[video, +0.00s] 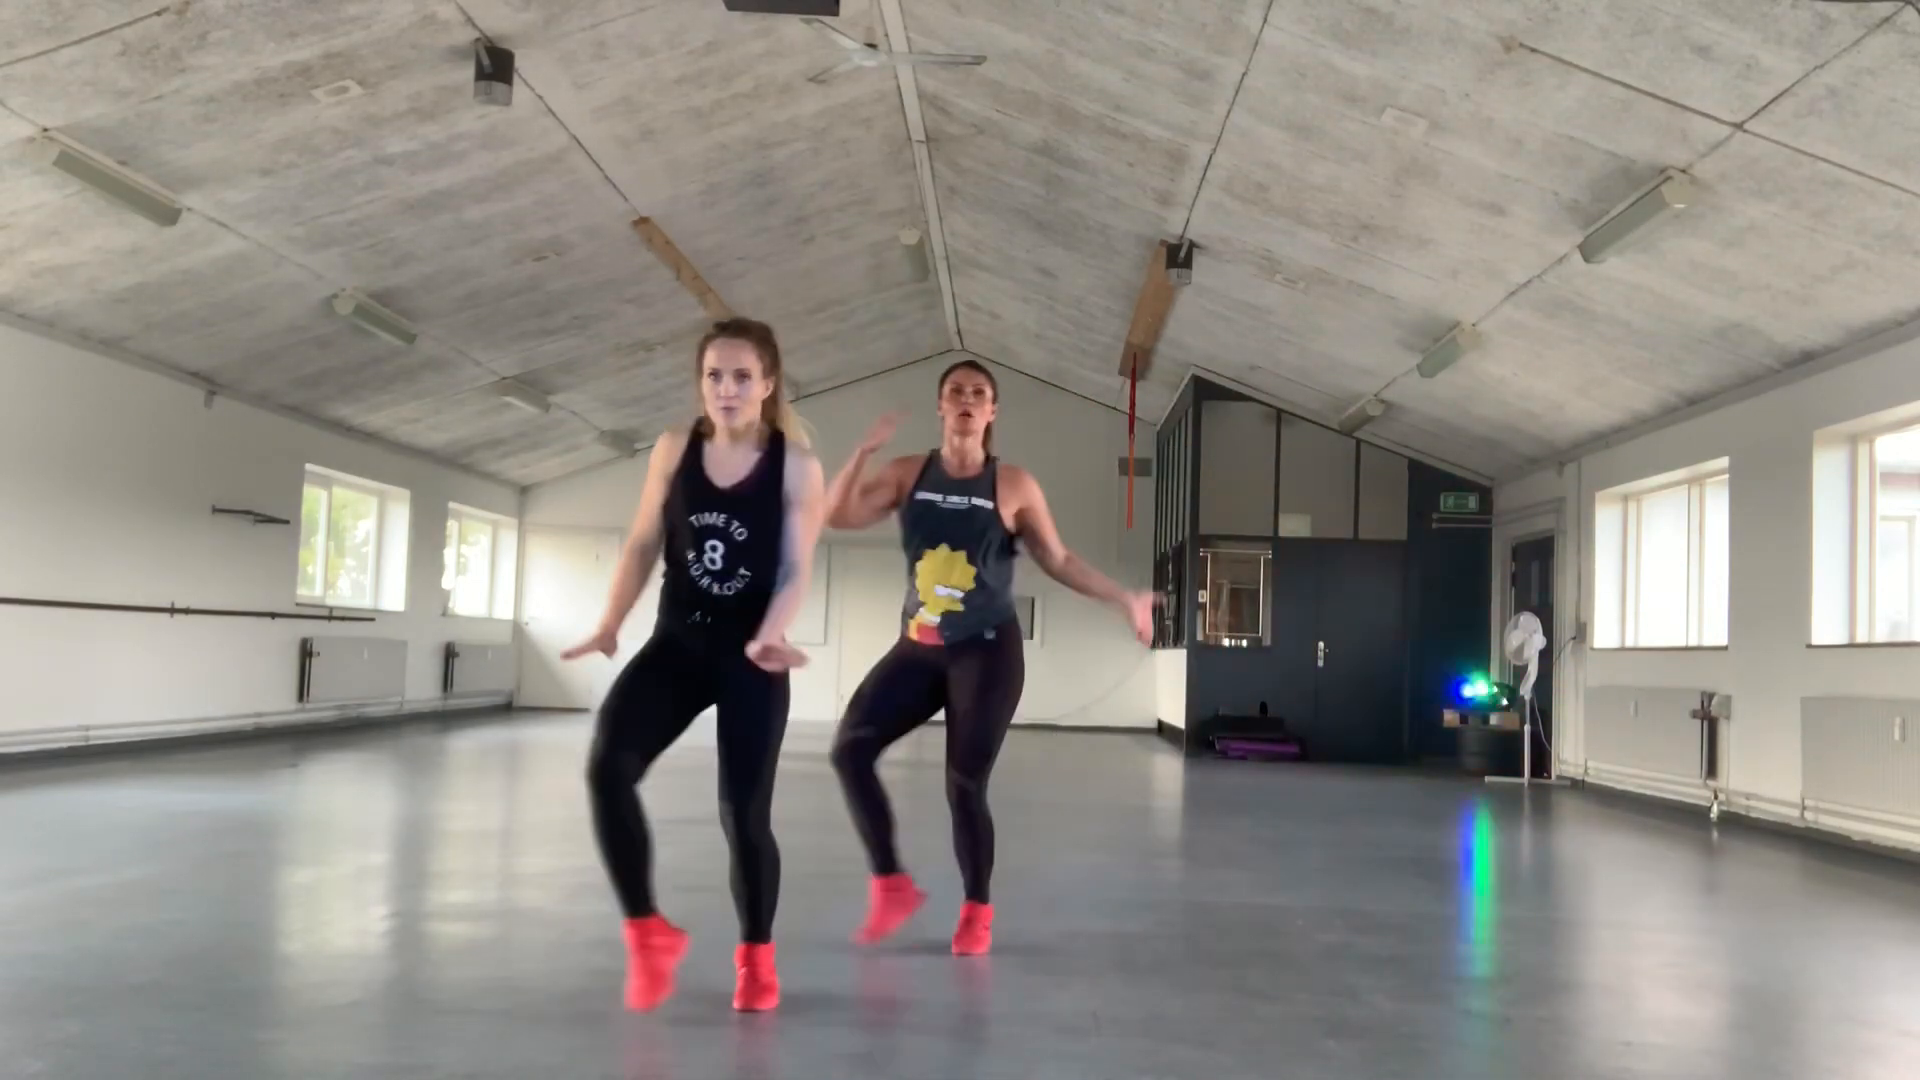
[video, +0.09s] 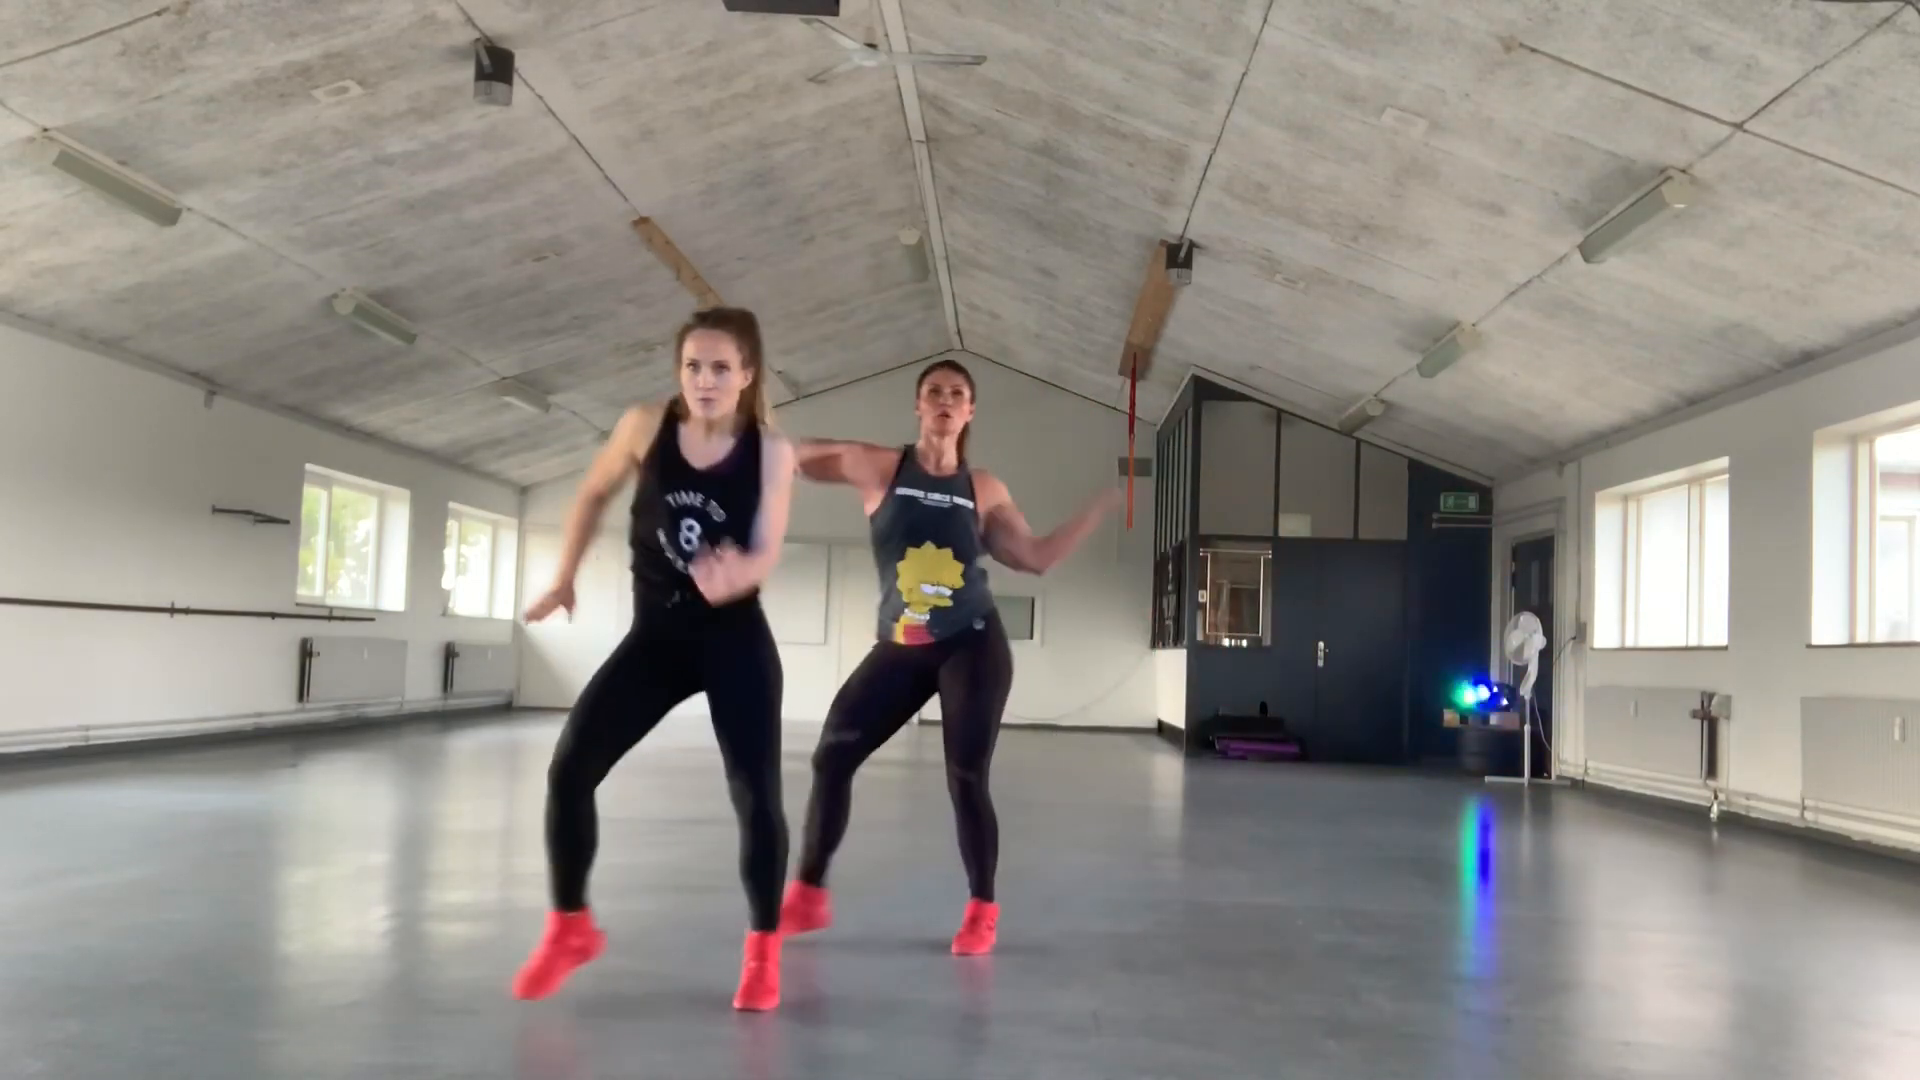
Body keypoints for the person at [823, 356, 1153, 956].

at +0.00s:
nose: (966, 402)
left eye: (977, 394)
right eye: (956, 393)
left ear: (994, 410)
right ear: (939, 406)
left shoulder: (1014, 486)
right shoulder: (907, 474)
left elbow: (1059, 561)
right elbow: (839, 515)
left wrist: (1126, 598)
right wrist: (860, 454)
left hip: (986, 650)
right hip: (920, 649)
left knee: (965, 783)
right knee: (850, 751)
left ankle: (976, 907)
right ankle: (891, 884)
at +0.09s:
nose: (946, 402)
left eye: (957, 395)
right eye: (936, 393)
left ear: (970, 412)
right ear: (916, 405)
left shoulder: (983, 489)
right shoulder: (874, 465)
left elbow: (1034, 556)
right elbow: (783, 458)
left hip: (972, 645)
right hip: (900, 648)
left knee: (966, 775)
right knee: (833, 754)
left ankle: (982, 905)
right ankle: (808, 891)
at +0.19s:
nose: (920, 404)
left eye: (931, 397)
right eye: (911, 395)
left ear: (948, 413)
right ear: (893, 408)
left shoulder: (960, 487)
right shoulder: (856, 458)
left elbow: (1044, 501)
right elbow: (781, 424)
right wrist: (720, 405)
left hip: (940, 650)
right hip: (865, 651)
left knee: (958, 781)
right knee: (829, 783)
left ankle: (974, 905)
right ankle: (773, 904)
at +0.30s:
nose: (900, 408)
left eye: (912, 400)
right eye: (891, 399)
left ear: (930, 416)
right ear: (875, 412)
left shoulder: (946, 477)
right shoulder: (842, 461)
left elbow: (1012, 435)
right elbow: (774, 416)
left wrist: (973, 378)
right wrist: (746, 360)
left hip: (905, 656)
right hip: (833, 650)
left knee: (956, 772)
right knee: (809, 781)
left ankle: (955, 913)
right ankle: (764, 906)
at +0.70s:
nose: (872, 407)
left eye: (885, 400)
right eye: (862, 399)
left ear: (902, 414)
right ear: (849, 413)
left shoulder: (922, 465)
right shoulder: (826, 473)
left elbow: (974, 390)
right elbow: (800, 384)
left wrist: (939, 324)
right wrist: (833, 313)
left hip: (912, 647)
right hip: (845, 654)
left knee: (921, 780)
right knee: (778, 751)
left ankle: (956, 905)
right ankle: (775, 903)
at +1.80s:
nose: (905, 406)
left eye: (921, 406)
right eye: (904, 395)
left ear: (934, 431)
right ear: (887, 405)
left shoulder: (940, 482)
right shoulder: (838, 466)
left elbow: (1014, 438)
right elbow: (774, 429)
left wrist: (1025, 362)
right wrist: (836, 410)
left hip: (921, 643)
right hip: (853, 647)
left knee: (927, 774)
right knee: (798, 766)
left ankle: (957, 905)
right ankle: (811, 907)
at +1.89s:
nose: (917, 395)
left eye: (931, 392)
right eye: (911, 385)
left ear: (944, 415)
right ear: (893, 396)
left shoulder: (951, 466)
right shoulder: (853, 456)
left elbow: (1011, 445)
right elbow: (800, 426)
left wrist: (1023, 426)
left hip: (929, 640)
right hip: (859, 641)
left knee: (932, 771)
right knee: (827, 768)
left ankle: (951, 903)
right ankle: (813, 905)